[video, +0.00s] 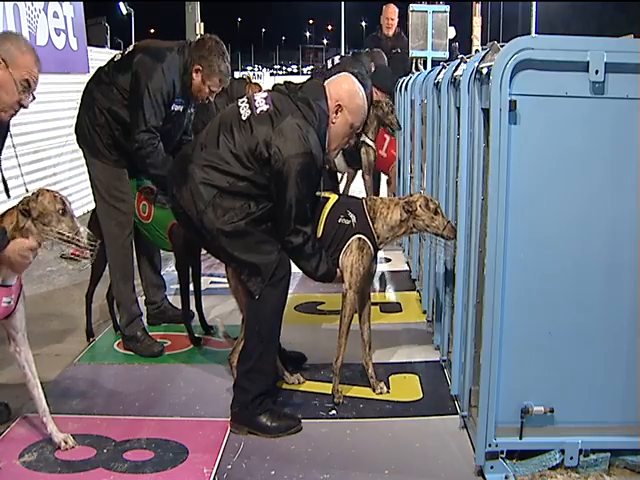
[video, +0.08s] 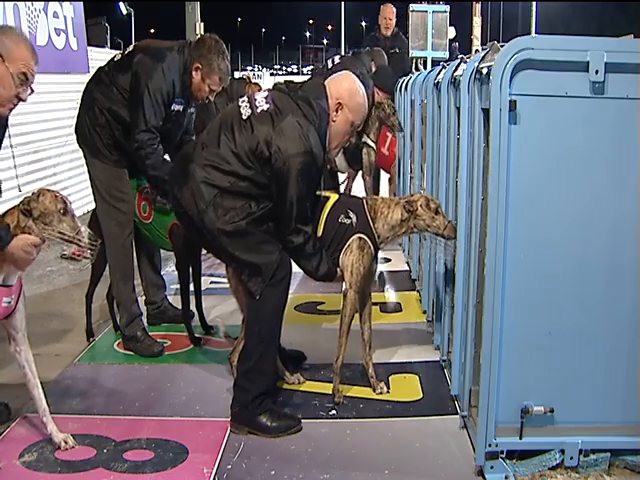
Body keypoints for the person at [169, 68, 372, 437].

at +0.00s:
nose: (349, 139)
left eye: (354, 131)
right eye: (352, 129)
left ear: (331, 104)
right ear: (335, 110)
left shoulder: (295, 105)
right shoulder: (299, 149)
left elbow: (306, 199)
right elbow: (293, 230)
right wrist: (332, 268)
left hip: (202, 179)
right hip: (208, 196)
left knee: (269, 266)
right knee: (273, 272)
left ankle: (265, 351)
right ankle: (251, 404)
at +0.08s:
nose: (350, 136)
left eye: (355, 128)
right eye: (352, 126)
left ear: (332, 103)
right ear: (335, 107)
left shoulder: (296, 108)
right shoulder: (300, 146)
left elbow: (311, 199)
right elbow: (294, 229)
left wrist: (341, 234)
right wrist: (331, 268)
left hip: (203, 179)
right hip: (209, 194)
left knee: (269, 265)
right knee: (273, 272)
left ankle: (264, 351)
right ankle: (251, 404)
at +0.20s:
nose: (352, 127)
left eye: (356, 119)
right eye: (353, 117)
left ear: (333, 94)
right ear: (336, 100)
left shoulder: (298, 95)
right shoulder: (302, 139)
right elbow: (296, 225)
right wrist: (336, 260)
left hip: (204, 178)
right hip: (212, 195)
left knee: (270, 266)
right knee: (276, 275)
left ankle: (265, 351)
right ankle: (251, 404)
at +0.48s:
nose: (360, 84)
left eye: (364, 75)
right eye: (361, 73)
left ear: (338, 53)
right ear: (342, 56)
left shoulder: (304, 66)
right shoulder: (316, 94)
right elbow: (312, 177)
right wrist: (336, 232)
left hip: (218, 158)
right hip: (225, 170)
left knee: (279, 267)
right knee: (278, 272)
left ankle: (269, 356)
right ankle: (250, 404)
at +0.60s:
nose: (363, 68)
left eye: (366, 59)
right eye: (363, 57)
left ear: (340, 37)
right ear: (344, 41)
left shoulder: (306, 52)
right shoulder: (319, 79)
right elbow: (324, 166)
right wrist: (348, 219)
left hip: (225, 150)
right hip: (237, 164)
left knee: (288, 244)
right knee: (306, 246)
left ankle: (271, 352)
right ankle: (272, 372)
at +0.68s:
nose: (368, 59)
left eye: (371, 51)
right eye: (368, 49)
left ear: (342, 29)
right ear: (349, 34)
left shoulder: (307, 47)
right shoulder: (324, 76)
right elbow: (330, 166)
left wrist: (367, 130)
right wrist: (360, 213)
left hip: (223, 143)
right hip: (241, 157)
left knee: (291, 241)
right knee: (314, 248)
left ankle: (263, 345)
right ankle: (309, 386)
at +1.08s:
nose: (418, 65)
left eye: (421, 55)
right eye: (417, 53)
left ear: (387, 31)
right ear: (396, 36)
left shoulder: (348, 50)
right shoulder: (376, 85)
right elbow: (388, 171)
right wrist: (425, 226)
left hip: (263, 159)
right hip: (294, 170)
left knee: (302, 251)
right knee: (353, 261)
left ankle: (263, 347)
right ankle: (356, 386)